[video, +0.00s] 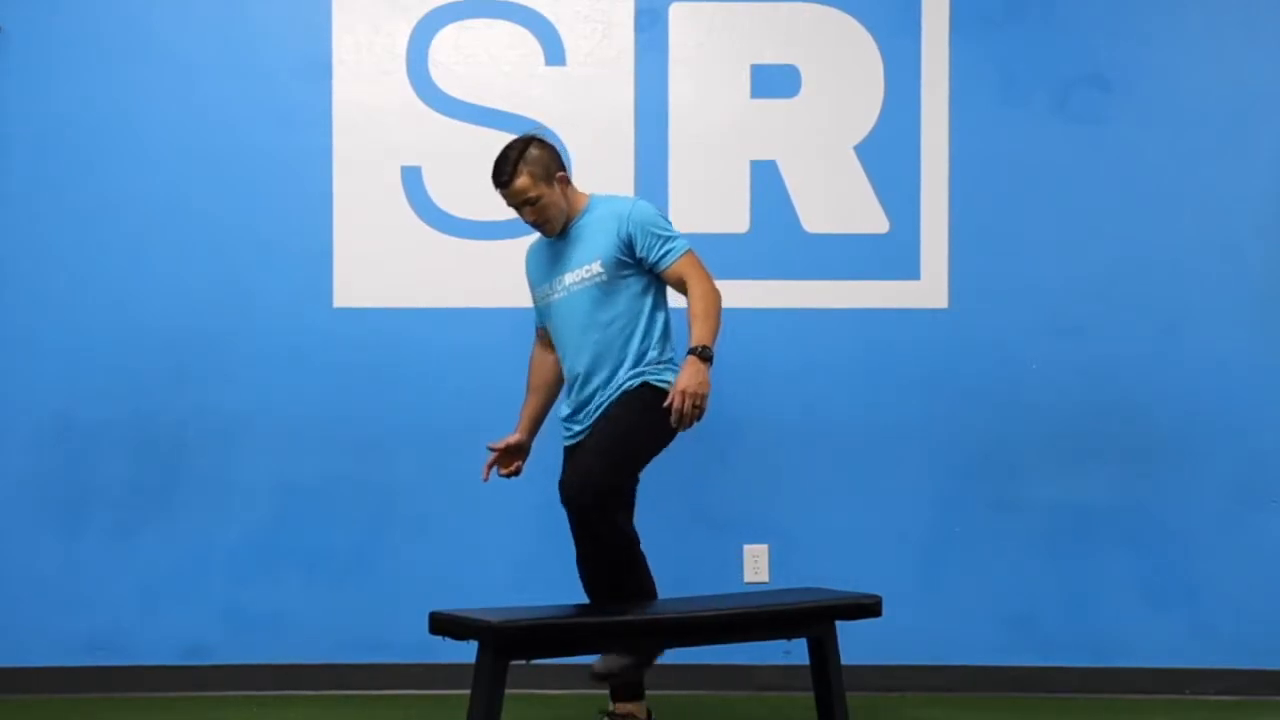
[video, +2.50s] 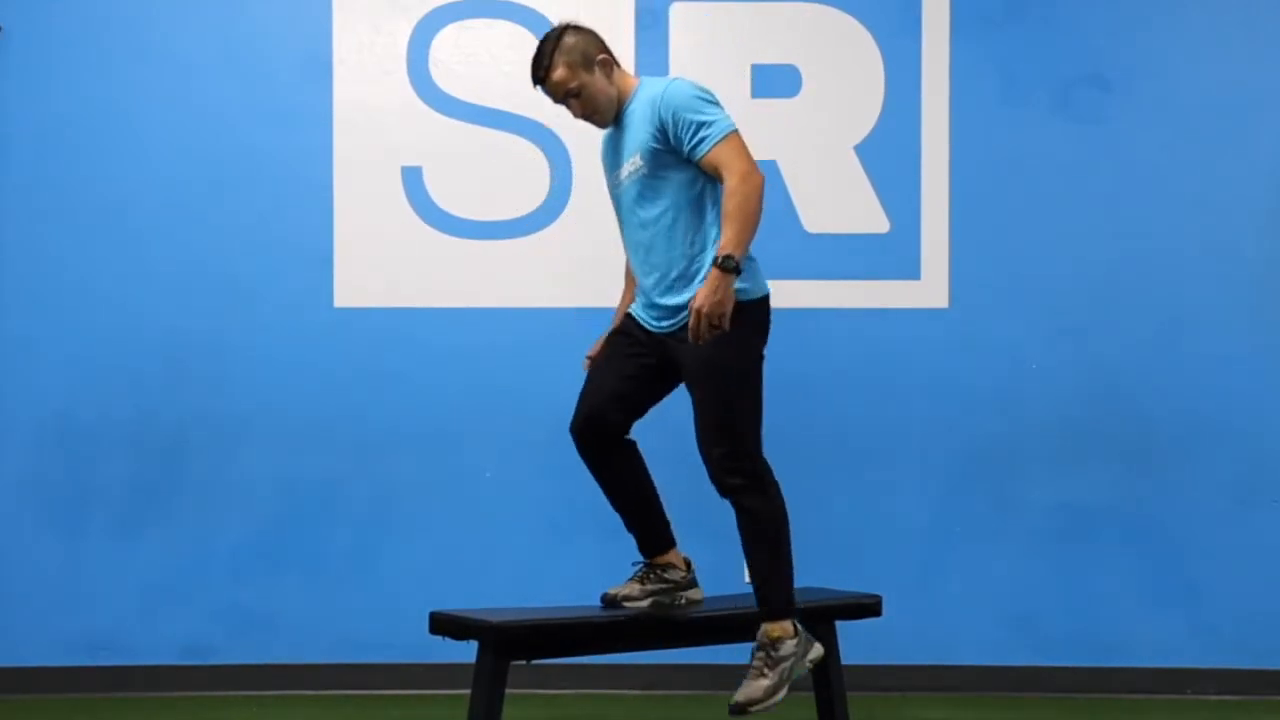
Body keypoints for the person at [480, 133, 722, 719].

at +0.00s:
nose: (528, 216)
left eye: (532, 201)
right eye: (517, 207)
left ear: (562, 179)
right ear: (512, 202)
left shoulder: (626, 218)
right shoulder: (539, 257)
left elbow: (702, 287)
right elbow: (548, 348)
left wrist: (698, 362)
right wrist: (525, 432)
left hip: (646, 388)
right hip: (583, 415)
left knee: (588, 488)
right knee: (595, 545)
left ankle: (639, 625)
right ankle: (629, 702)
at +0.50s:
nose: (530, 226)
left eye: (533, 210)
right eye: (519, 219)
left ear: (561, 183)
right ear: (513, 211)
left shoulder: (633, 214)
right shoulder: (533, 266)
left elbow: (711, 270)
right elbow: (541, 356)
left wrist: (736, 339)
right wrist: (525, 445)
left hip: (672, 371)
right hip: (603, 420)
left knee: (630, 410)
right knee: (609, 563)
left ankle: (696, 562)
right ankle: (630, 705)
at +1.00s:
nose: (576, 209)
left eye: (583, 195)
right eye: (565, 199)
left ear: (616, 175)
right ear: (554, 190)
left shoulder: (678, 223)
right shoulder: (557, 241)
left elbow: (763, 287)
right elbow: (540, 323)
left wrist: (790, 368)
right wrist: (504, 395)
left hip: (694, 378)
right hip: (617, 410)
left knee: (631, 426)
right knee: (608, 550)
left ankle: (696, 568)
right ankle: (621, 692)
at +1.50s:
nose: (595, 37)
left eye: (600, 21)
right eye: (586, 25)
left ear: (636, 3)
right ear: (585, 17)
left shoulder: (708, 57)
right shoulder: (600, 64)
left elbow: (782, 142)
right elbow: (598, 155)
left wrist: (777, 229)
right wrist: (565, 239)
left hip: (704, 251)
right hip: (628, 256)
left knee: (685, 397)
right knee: (615, 390)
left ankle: (701, 563)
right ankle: (672, 539)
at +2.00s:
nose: (584, 30)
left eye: (585, 15)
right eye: (576, 21)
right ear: (582, 15)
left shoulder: (697, 35)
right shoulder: (605, 68)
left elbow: (755, 132)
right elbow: (613, 168)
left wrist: (732, 219)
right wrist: (578, 256)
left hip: (694, 259)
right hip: (626, 270)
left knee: (684, 403)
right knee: (636, 407)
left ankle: (699, 564)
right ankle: (666, 561)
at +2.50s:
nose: (570, 110)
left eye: (569, 94)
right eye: (560, 102)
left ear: (604, 63)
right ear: (578, 88)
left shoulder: (672, 100)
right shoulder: (614, 144)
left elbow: (745, 177)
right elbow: (643, 254)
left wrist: (723, 270)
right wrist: (618, 333)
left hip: (718, 311)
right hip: (652, 321)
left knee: (736, 465)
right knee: (595, 426)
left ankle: (782, 634)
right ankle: (667, 566)